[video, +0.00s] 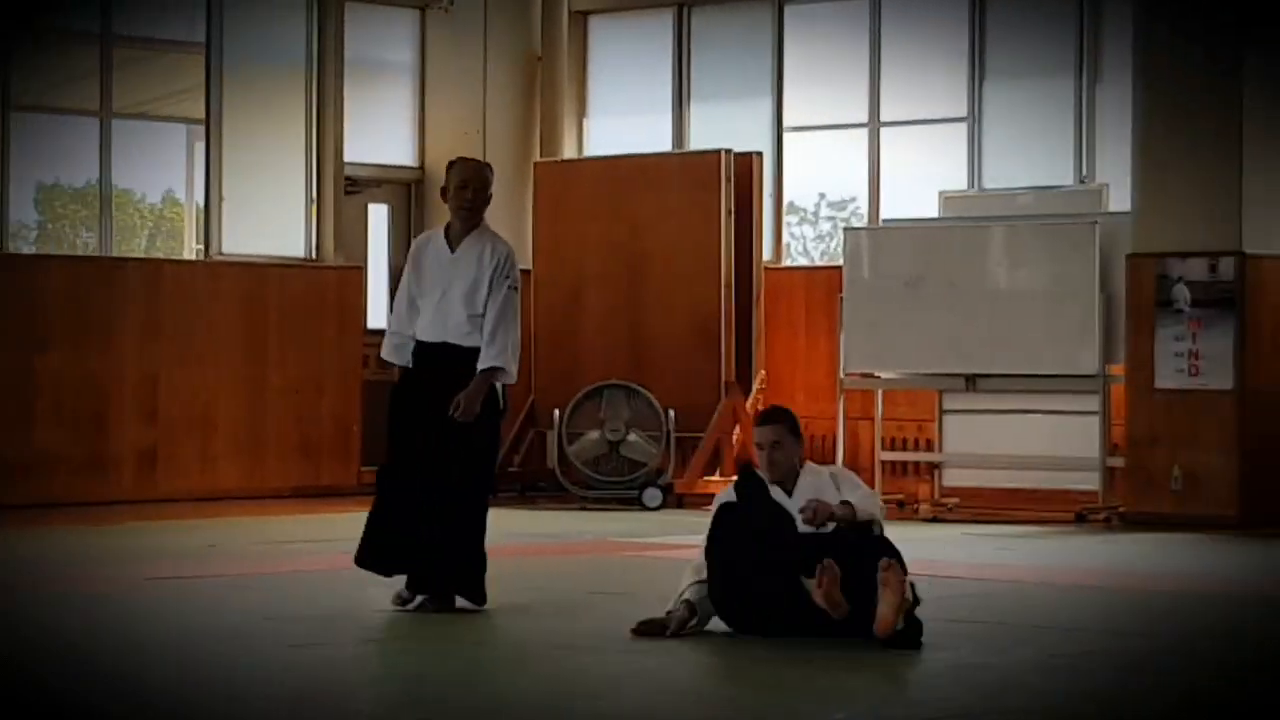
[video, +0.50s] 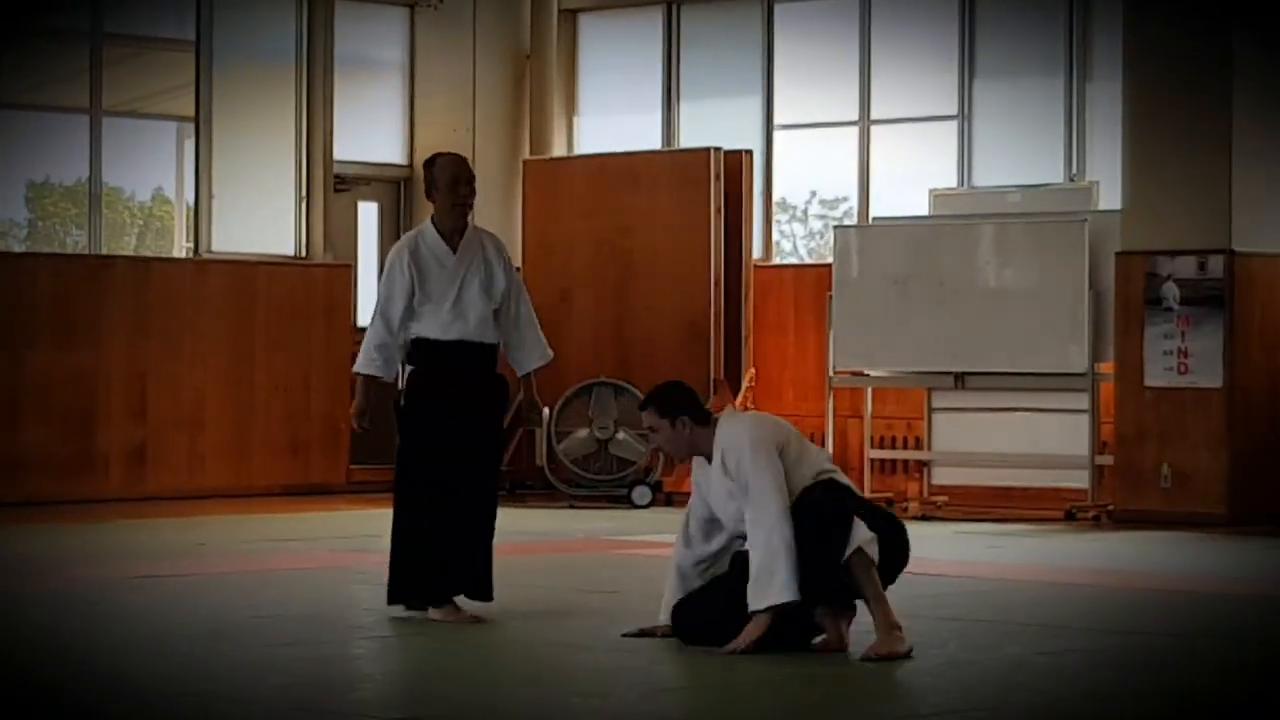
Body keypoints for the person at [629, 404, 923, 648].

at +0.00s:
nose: (767, 456)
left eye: (777, 446)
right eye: (760, 448)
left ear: (799, 447)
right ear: (752, 450)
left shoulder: (833, 478)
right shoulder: (737, 498)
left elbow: (875, 511)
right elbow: (708, 566)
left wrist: (836, 513)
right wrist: (683, 612)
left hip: (832, 596)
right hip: (761, 606)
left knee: (866, 537)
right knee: (735, 512)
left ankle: (883, 610)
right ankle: (828, 602)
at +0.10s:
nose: (722, 438)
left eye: (731, 428)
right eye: (716, 428)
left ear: (758, 421)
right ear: (711, 425)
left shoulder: (801, 445)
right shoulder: (702, 470)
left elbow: (836, 487)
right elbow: (691, 549)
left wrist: (794, 517)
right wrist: (672, 613)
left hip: (805, 570)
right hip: (739, 573)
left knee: (858, 546)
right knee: (713, 560)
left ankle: (888, 615)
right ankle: (830, 630)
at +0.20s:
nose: (694, 435)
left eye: (701, 425)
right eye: (689, 426)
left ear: (732, 416)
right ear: (687, 422)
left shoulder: (781, 438)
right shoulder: (691, 457)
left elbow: (807, 493)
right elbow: (682, 535)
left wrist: (768, 549)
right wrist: (666, 613)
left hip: (797, 559)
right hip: (733, 566)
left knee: (851, 532)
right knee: (688, 610)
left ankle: (901, 620)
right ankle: (821, 632)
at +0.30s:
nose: (668, 441)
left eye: (672, 429)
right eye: (664, 431)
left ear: (705, 418)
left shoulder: (761, 438)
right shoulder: (686, 458)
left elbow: (782, 508)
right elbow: (680, 534)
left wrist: (758, 584)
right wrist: (663, 616)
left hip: (800, 561)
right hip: (744, 566)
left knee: (835, 512)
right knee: (683, 619)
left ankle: (889, 621)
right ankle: (813, 631)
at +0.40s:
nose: (651, 442)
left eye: (654, 430)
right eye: (647, 432)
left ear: (685, 421)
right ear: (682, 424)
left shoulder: (747, 435)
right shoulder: (690, 466)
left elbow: (767, 521)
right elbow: (686, 542)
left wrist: (760, 608)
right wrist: (665, 618)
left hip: (824, 562)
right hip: (767, 570)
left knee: (821, 499)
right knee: (681, 622)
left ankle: (889, 626)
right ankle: (811, 627)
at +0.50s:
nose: (652, 445)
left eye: (654, 433)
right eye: (648, 435)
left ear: (683, 424)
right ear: (684, 426)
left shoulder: (747, 433)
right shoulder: (704, 469)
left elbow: (771, 523)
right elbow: (694, 543)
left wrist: (764, 612)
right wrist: (672, 619)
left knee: (823, 499)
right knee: (693, 620)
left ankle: (887, 627)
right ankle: (827, 616)